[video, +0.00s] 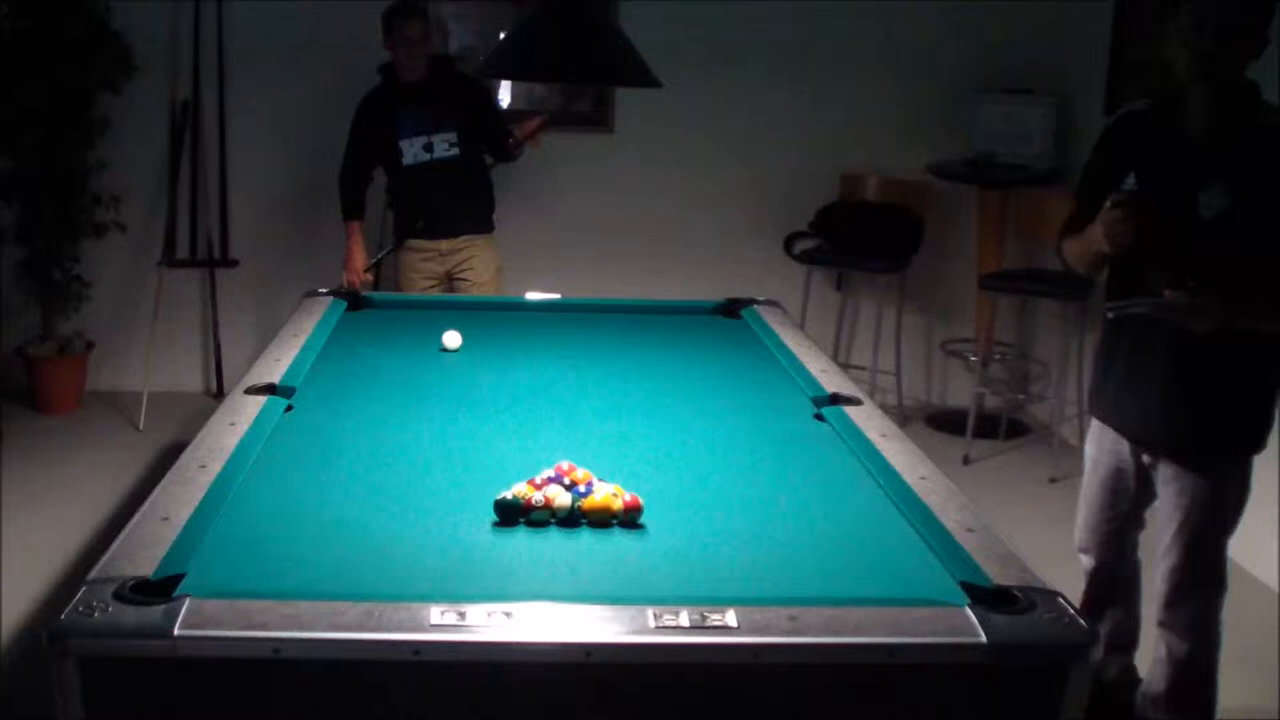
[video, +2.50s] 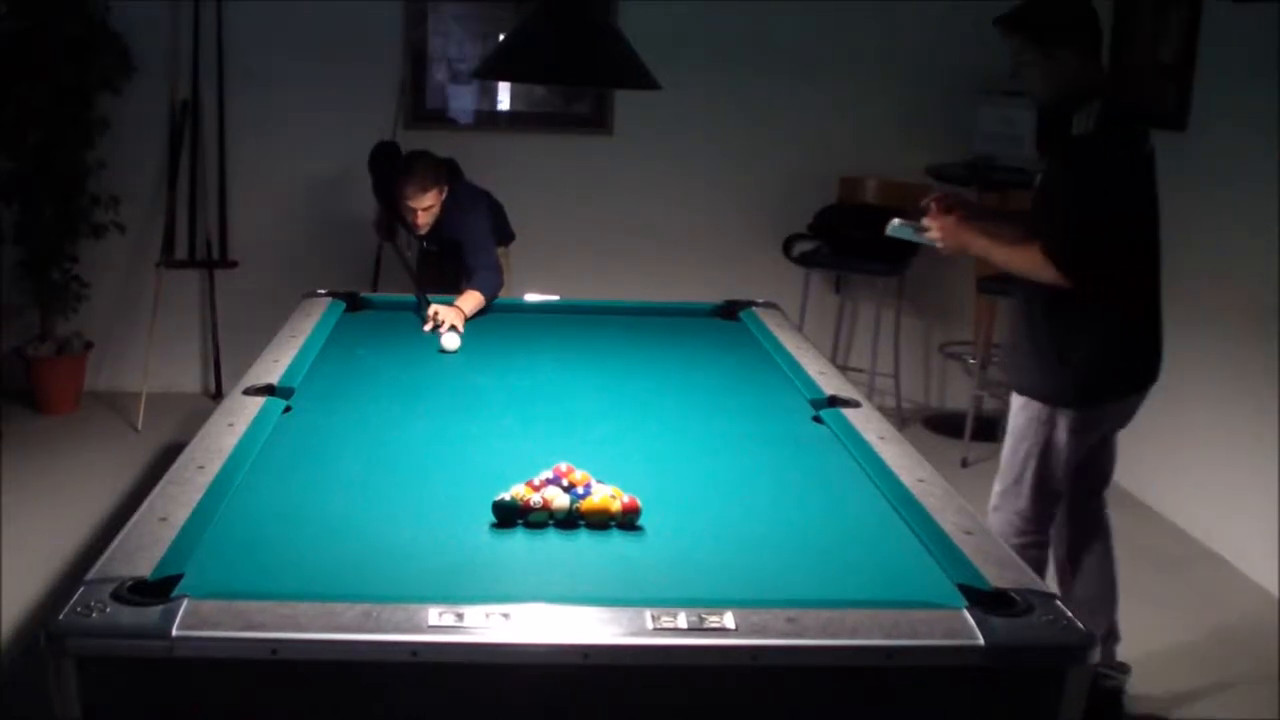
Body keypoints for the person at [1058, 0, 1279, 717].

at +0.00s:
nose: (1200, 51)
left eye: (1218, 33)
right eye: (1189, 32)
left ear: (1250, 43)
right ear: (1169, 40)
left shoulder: (1269, 142)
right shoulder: (1136, 129)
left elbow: (1273, 283)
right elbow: (1072, 252)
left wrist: (1213, 301)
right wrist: (1096, 239)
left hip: (1220, 389)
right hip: (1126, 375)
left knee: (1184, 588)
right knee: (1098, 557)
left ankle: (1175, 712)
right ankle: (1099, 696)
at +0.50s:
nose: (1203, 56)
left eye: (1221, 38)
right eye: (1193, 36)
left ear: (1253, 47)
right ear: (1172, 45)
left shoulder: (1272, 148)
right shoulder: (1141, 133)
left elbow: (1274, 288)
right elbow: (1078, 257)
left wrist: (1216, 302)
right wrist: (1099, 242)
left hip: (1224, 397)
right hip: (1129, 379)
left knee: (1183, 597)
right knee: (1099, 557)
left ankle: (1171, 710)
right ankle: (1099, 692)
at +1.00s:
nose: (1195, 50)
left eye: (1212, 31)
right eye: (1187, 31)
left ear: (1249, 43)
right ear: (1173, 42)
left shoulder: (1274, 147)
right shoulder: (1150, 135)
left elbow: (1275, 292)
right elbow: (1088, 258)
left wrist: (1209, 300)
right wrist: (1108, 243)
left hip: (1224, 404)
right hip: (1133, 386)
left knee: (1187, 596)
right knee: (1102, 562)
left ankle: (1173, 711)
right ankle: (1100, 698)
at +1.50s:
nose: (1133, 70)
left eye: (1146, 51)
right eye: (1134, 51)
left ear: (1192, 56)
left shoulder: (1252, 152)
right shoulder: (1172, 139)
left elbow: (1239, 295)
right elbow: (1158, 256)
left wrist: (1109, 274)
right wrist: (1089, 248)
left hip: (1196, 408)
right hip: (1135, 389)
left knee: (1185, 588)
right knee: (1109, 548)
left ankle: (1177, 708)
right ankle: (1098, 675)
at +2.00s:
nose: (1081, 69)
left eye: (1091, 52)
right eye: (1082, 52)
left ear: (1128, 52)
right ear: (1144, 49)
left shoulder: (1156, 128)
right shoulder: (1153, 120)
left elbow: (1134, 264)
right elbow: (1119, 224)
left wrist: (1028, 245)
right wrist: (1034, 210)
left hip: (1126, 373)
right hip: (1131, 368)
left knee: (1092, 539)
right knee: (1095, 533)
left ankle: (1122, 695)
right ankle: (1111, 684)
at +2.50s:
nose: (1019, 75)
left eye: (1028, 60)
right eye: (1018, 61)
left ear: (1063, 59)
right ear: (1081, 55)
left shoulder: (1085, 134)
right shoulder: (1106, 126)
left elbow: (1069, 265)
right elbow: (1060, 231)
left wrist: (974, 242)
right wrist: (978, 217)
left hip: (1065, 372)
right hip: (1102, 367)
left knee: (1015, 528)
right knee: (1080, 521)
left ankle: (1005, 674)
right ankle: (1093, 661)